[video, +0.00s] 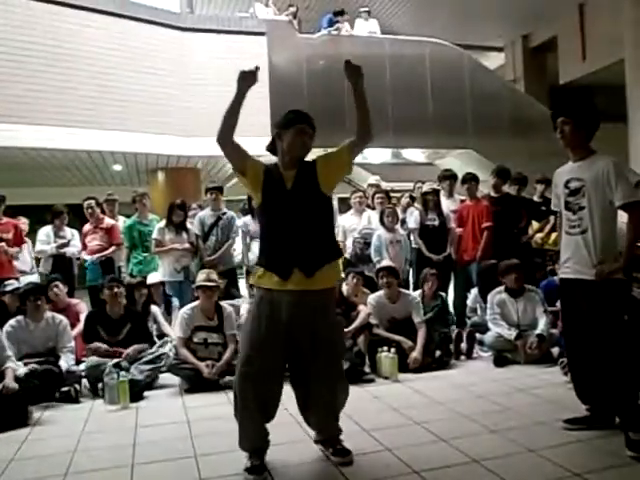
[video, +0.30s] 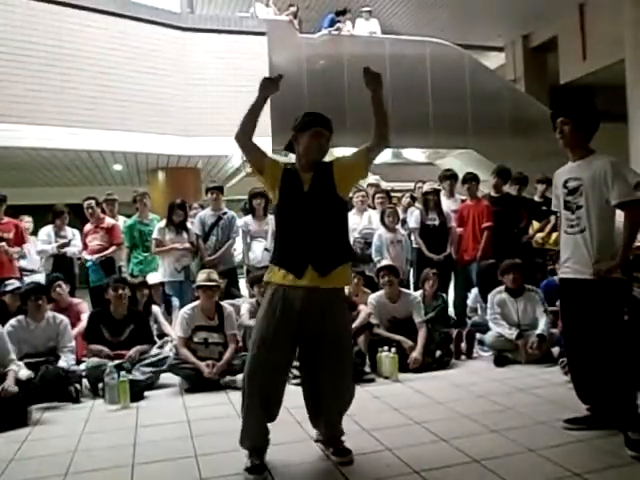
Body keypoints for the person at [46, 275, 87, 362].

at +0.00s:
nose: (54, 291)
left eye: (56, 286)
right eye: (50, 289)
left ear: (65, 288)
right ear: (48, 294)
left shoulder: (78, 304)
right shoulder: (49, 310)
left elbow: (82, 322)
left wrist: (71, 335)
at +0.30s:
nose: (58, 291)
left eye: (59, 286)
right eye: (53, 290)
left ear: (68, 287)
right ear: (51, 295)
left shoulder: (79, 304)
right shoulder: (50, 309)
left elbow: (84, 321)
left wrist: (72, 334)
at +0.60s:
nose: (60, 289)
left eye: (62, 285)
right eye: (55, 287)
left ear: (69, 287)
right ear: (51, 293)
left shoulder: (81, 305)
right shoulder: (50, 309)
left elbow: (84, 322)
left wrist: (72, 335)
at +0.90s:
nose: (61, 288)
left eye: (64, 284)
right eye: (57, 286)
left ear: (70, 287)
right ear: (53, 293)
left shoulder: (80, 305)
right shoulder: (51, 308)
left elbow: (84, 322)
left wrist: (72, 335)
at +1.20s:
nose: (61, 291)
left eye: (63, 286)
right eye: (57, 289)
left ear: (69, 289)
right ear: (53, 294)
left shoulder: (80, 305)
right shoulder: (50, 309)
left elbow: (83, 322)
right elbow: (47, 327)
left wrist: (71, 335)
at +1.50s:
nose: (60, 289)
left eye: (62, 285)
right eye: (56, 287)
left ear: (69, 289)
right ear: (51, 293)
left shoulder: (80, 305)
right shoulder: (49, 309)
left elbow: (83, 322)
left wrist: (71, 335)